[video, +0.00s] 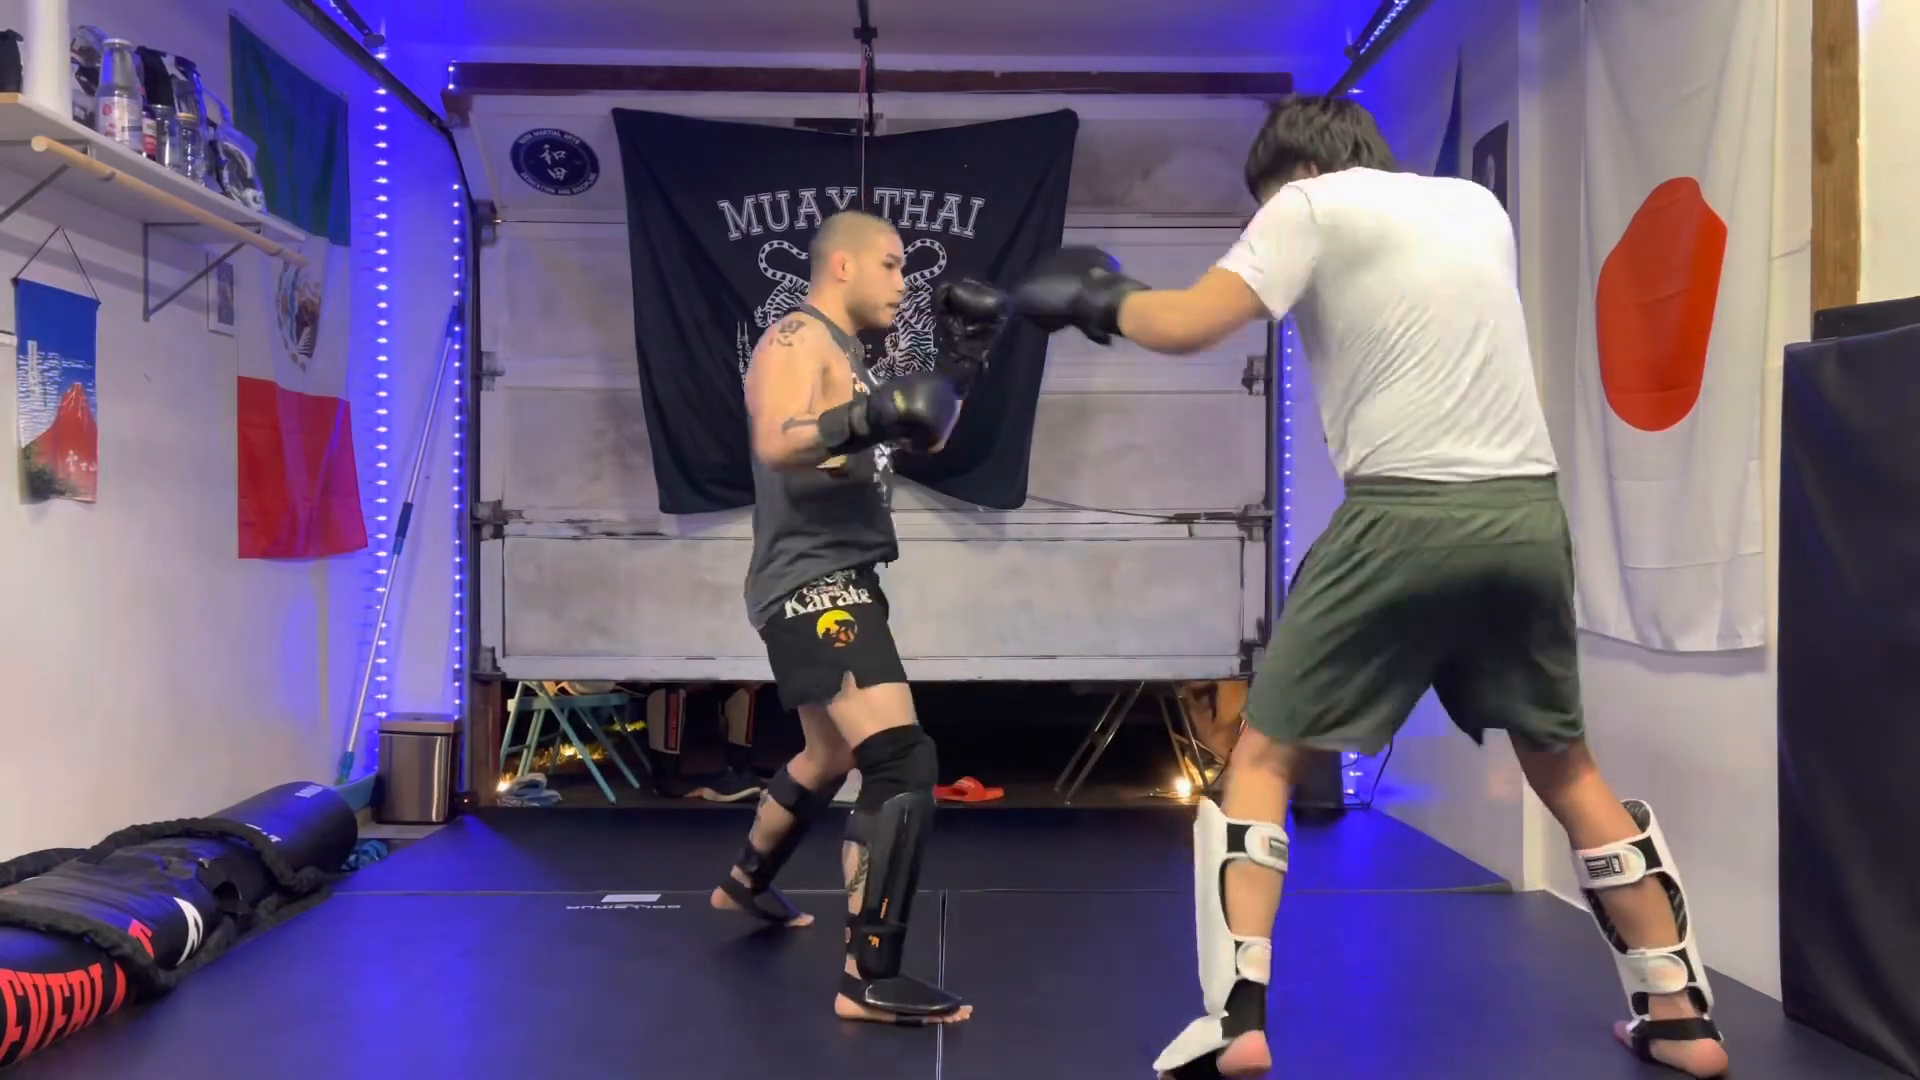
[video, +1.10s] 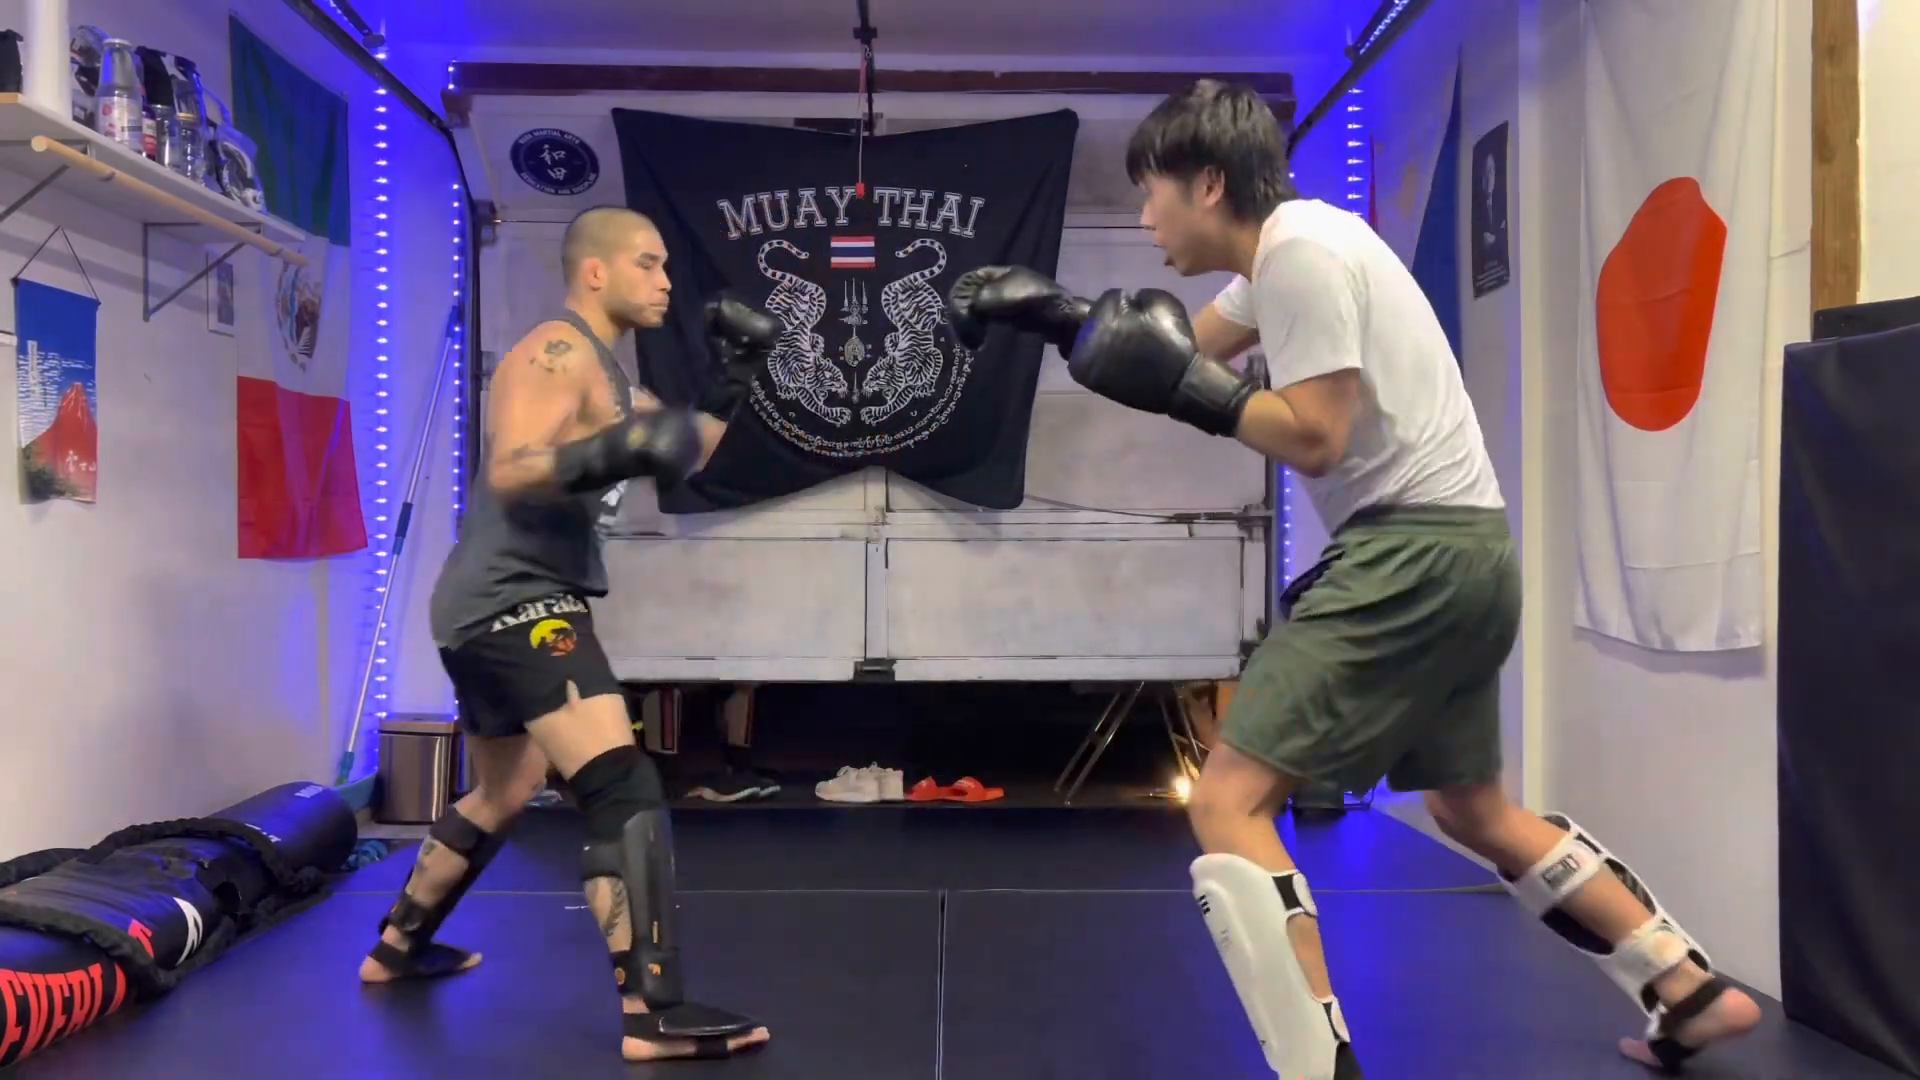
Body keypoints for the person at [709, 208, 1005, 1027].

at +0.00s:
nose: (902, 283)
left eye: (902, 268)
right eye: (890, 266)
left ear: (850, 270)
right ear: (842, 268)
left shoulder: (851, 354)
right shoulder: (794, 340)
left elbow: (927, 445)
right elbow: (777, 445)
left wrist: (959, 357)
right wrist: (873, 414)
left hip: (832, 578)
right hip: (814, 581)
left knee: (827, 757)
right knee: (900, 760)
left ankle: (745, 884)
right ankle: (874, 979)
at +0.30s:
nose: (852, 271)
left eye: (852, 259)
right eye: (838, 258)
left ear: (822, 271)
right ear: (786, 268)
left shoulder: (816, 351)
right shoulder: (748, 337)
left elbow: (859, 448)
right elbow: (731, 447)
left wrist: (913, 386)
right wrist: (798, 357)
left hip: (788, 572)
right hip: (751, 571)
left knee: (793, 745)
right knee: (817, 751)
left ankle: (739, 881)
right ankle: (802, 958)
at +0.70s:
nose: (779, 281)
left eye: (779, 267)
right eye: (764, 265)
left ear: (723, 277)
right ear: (711, 272)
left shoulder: (722, 351)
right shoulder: (690, 340)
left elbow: (772, 453)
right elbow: (734, 417)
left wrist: (825, 386)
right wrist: (804, 327)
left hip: (674, 590)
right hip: (686, 591)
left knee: (701, 766)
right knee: (771, 773)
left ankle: (691, 900)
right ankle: (690, 967)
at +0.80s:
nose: (759, 286)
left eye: (756, 271)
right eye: (742, 269)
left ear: (686, 284)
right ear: (690, 278)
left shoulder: (666, 359)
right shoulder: (689, 343)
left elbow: (714, 451)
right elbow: (792, 336)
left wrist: (760, 417)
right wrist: (910, 284)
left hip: (613, 603)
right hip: (653, 605)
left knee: (667, 767)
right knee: (732, 802)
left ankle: (650, 906)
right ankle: (666, 1015)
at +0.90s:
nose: (734, 280)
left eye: (732, 265)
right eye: (720, 262)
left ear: (661, 276)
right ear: (666, 271)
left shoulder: (634, 354)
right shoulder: (663, 338)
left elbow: (693, 458)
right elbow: (755, 355)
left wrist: (746, 395)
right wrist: (866, 304)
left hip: (572, 609)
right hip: (617, 608)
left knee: (621, 762)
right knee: (714, 793)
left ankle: (540, 910)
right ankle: (663, 1019)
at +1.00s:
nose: (703, 271)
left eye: (702, 257)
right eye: (688, 255)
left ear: (634, 269)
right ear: (634, 260)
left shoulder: (628, 351)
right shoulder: (607, 336)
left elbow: (699, 447)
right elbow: (634, 418)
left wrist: (748, 370)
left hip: (539, 596)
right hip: (565, 595)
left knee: (550, 776)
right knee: (662, 789)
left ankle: (424, 913)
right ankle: (658, 1014)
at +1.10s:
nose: (664, 280)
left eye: (664, 266)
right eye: (649, 264)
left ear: (607, 277)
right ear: (593, 272)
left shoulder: (606, 369)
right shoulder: (553, 352)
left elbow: (682, 458)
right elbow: (508, 471)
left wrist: (730, 377)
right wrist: (618, 449)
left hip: (498, 602)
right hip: (517, 597)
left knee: (503, 791)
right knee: (621, 785)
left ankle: (397, 945)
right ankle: (653, 1009)